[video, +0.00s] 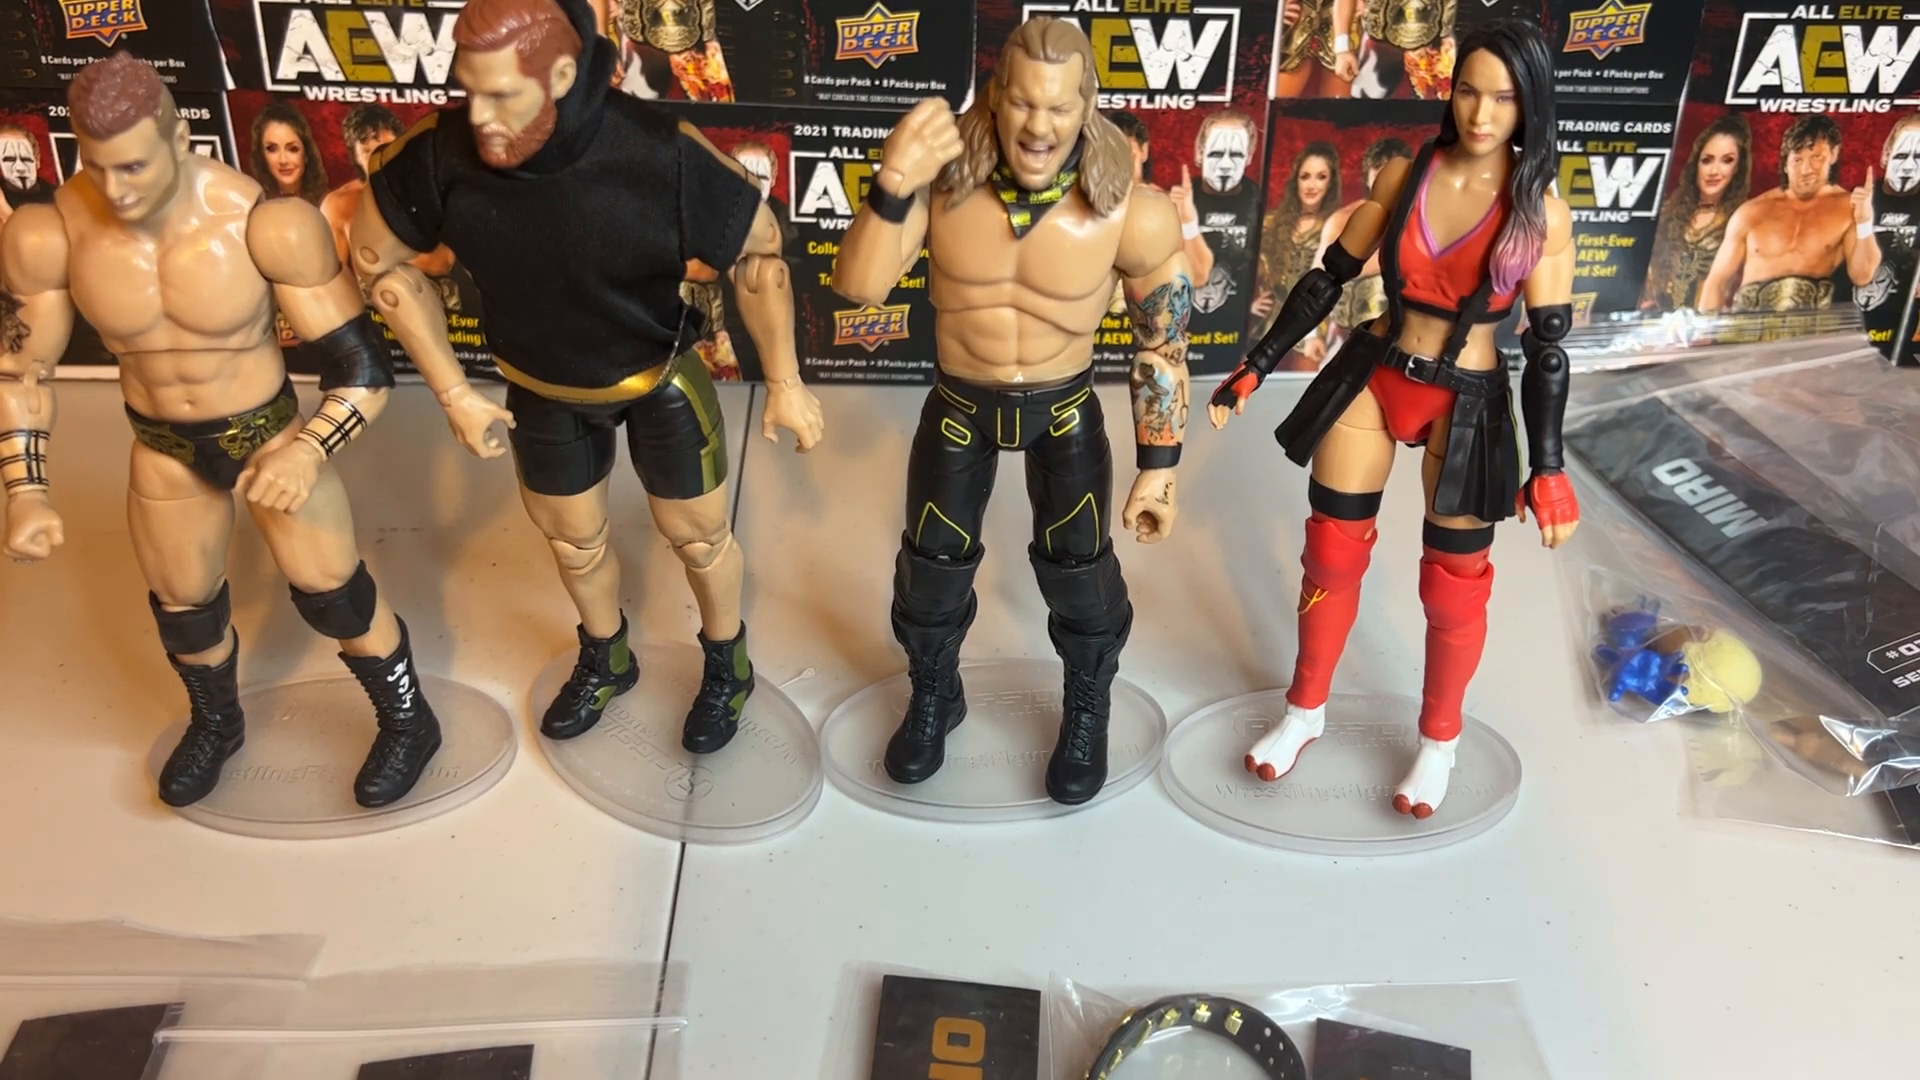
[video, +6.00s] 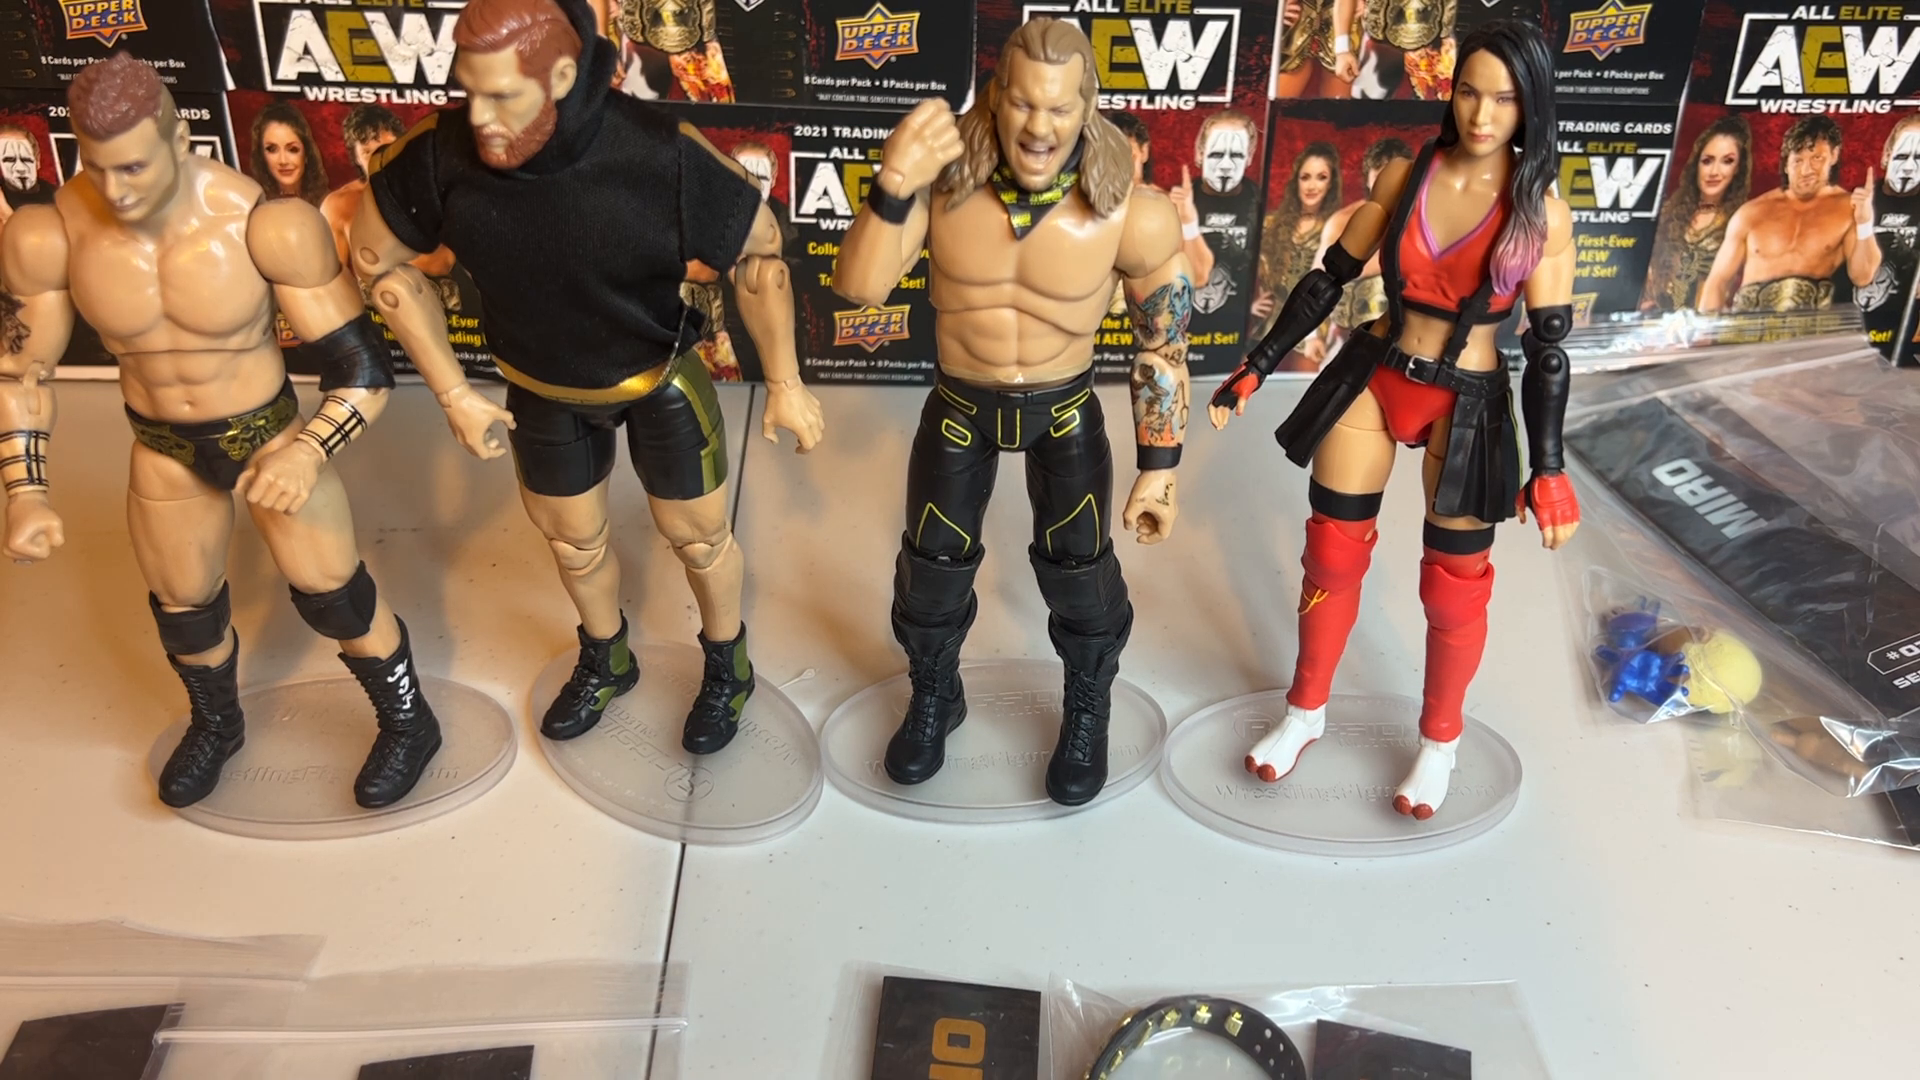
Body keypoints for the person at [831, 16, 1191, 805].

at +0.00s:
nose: (1040, 126)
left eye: (1060, 108)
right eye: (1024, 104)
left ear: (1086, 106)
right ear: (995, 95)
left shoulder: (1129, 206)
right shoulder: (943, 175)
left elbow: (1162, 337)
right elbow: (858, 286)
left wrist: (1161, 464)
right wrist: (892, 187)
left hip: (1064, 408)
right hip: (958, 402)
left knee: (1077, 567)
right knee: (933, 561)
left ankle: (1086, 712)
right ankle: (933, 697)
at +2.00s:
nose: (1039, 126)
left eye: (1060, 109)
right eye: (1024, 104)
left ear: (1086, 106)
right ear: (995, 95)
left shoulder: (1129, 208)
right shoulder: (943, 176)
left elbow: (1162, 337)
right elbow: (858, 287)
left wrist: (1161, 463)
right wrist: (892, 189)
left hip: (1064, 408)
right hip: (958, 403)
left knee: (1078, 568)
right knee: (933, 562)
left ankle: (1086, 712)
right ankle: (932, 698)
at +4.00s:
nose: (1039, 127)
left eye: (1060, 109)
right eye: (1024, 104)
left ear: (1086, 107)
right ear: (995, 95)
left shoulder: (1129, 207)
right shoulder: (944, 176)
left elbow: (1163, 338)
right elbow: (857, 287)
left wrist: (1161, 464)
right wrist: (892, 190)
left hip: (1064, 408)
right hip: (959, 403)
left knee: (1078, 568)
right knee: (932, 562)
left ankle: (1086, 714)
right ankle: (932, 699)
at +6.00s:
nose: (1040, 127)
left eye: (1060, 109)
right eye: (1024, 104)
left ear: (1087, 106)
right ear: (995, 94)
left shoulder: (1130, 208)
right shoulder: (944, 177)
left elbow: (1163, 339)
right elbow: (858, 287)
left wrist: (1161, 465)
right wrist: (892, 189)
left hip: (1064, 408)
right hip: (958, 403)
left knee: (1078, 569)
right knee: (933, 563)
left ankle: (1086, 713)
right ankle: (932, 699)